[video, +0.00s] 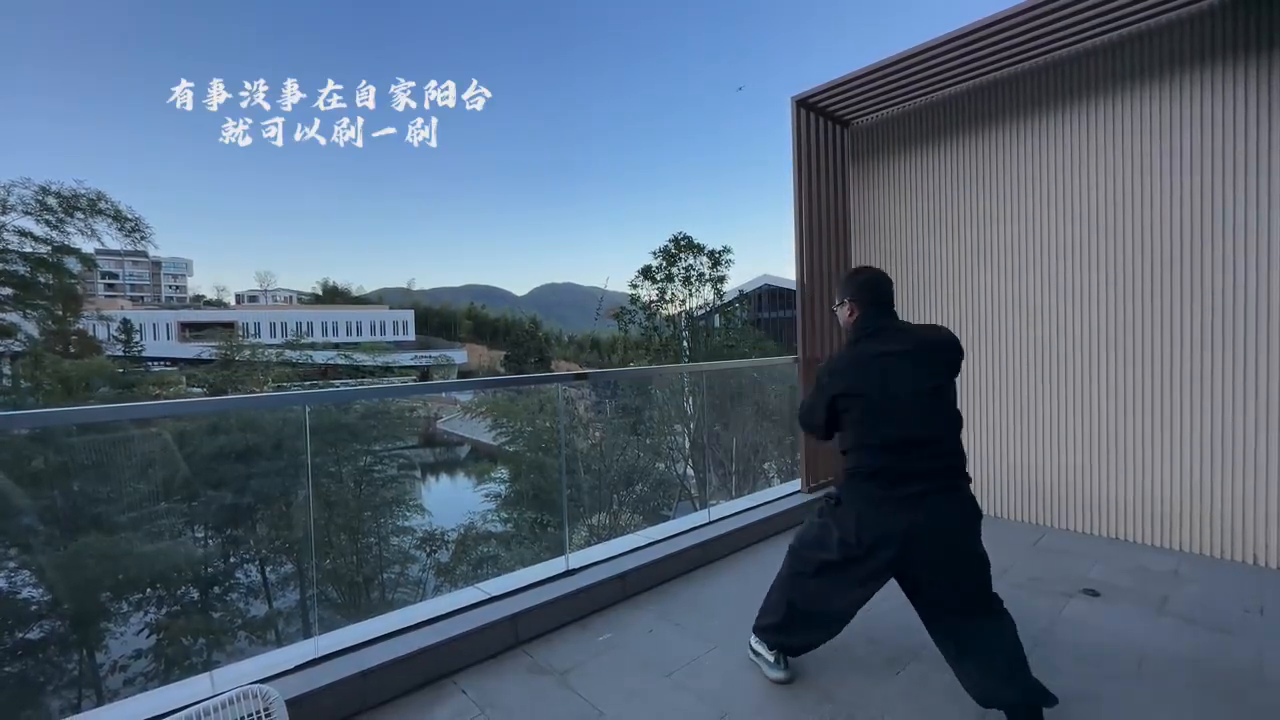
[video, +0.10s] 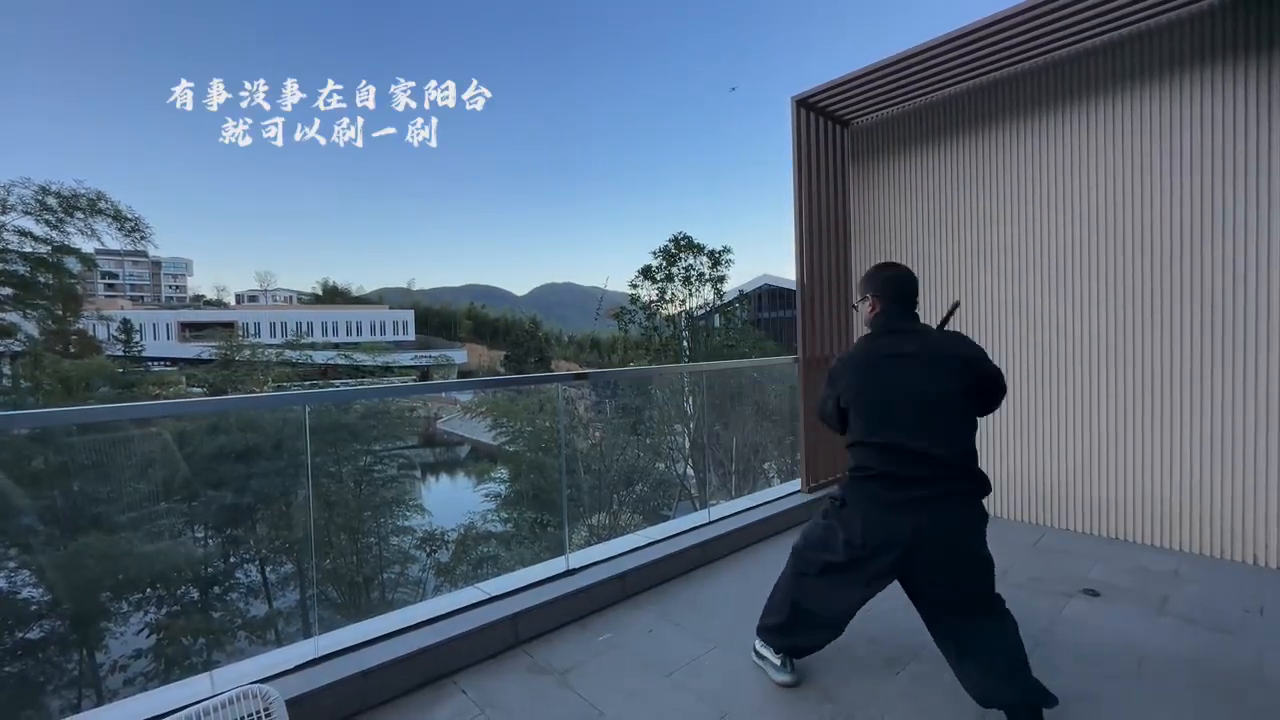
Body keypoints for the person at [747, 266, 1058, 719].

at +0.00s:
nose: (838, 316)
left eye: (839, 308)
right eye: (838, 308)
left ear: (851, 310)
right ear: (889, 305)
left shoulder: (843, 366)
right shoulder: (939, 343)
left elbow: (816, 425)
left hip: (873, 508)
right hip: (946, 504)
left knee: (811, 559)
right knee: (974, 605)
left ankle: (771, 643)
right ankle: (1024, 704)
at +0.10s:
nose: (858, 308)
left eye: (860, 300)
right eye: (859, 300)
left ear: (874, 306)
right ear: (915, 304)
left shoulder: (855, 360)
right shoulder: (958, 348)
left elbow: (834, 417)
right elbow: (993, 392)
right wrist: (949, 355)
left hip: (876, 507)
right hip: (953, 506)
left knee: (814, 564)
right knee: (977, 608)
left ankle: (774, 643)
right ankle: (1024, 704)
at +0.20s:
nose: (875, 304)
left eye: (879, 297)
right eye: (879, 296)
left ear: (891, 302)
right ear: (929, 306)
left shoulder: (866, 354)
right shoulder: (958, 359)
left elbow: (829, 382)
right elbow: (978, 403)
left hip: (874, 505)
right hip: (946, 506)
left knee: (814, 563)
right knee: (969, 607)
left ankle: (774, 643)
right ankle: (1022, 703)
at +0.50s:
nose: (864, 298)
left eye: (870, 290)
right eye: (865, 291)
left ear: (892, 294)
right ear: (900, 298)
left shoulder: (920, 341)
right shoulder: (880, 352)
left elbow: (865, 327)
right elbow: (830, 392)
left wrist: (825, 309)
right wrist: (801, 344)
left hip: (875, 498)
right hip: (916, 501)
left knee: (807, 559)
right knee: (924, 613)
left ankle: (773, 644)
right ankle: (1006, 704)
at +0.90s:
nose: (834, 297)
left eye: (836, 291)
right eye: (838, 290)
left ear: (840, 300)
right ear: (887, 295)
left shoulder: (853, 363)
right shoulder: (918, 335)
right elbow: (869, 384)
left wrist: (793, 400)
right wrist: (813, 378)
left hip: (866, 508)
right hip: (928, 505)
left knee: (805, 546)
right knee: (953, 606)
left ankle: (773, 644)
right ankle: (1017, 702)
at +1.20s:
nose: (884, 304)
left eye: (883, 295)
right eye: (876, 296)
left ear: (847, 300)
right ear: (844, 300)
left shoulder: (858, 342)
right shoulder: (829, 357)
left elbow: (903, 373)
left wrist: (945, 358)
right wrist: (945, 383)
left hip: (849, 497)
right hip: (855, 504)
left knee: (826, 584)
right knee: (944, 587)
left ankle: (765, 646)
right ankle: (991, 704)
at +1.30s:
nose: (908, 307)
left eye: (908, 299)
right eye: (902, 299)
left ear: (877, 303)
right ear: (875, 301)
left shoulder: (897, 354)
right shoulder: (823, 364)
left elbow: (949, 412)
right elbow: (823, 437)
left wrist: (938, 429)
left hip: (871, 496)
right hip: (849, 501)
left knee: (829, 584)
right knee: (946, 586)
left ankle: (768, 643)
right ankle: (991, 704)